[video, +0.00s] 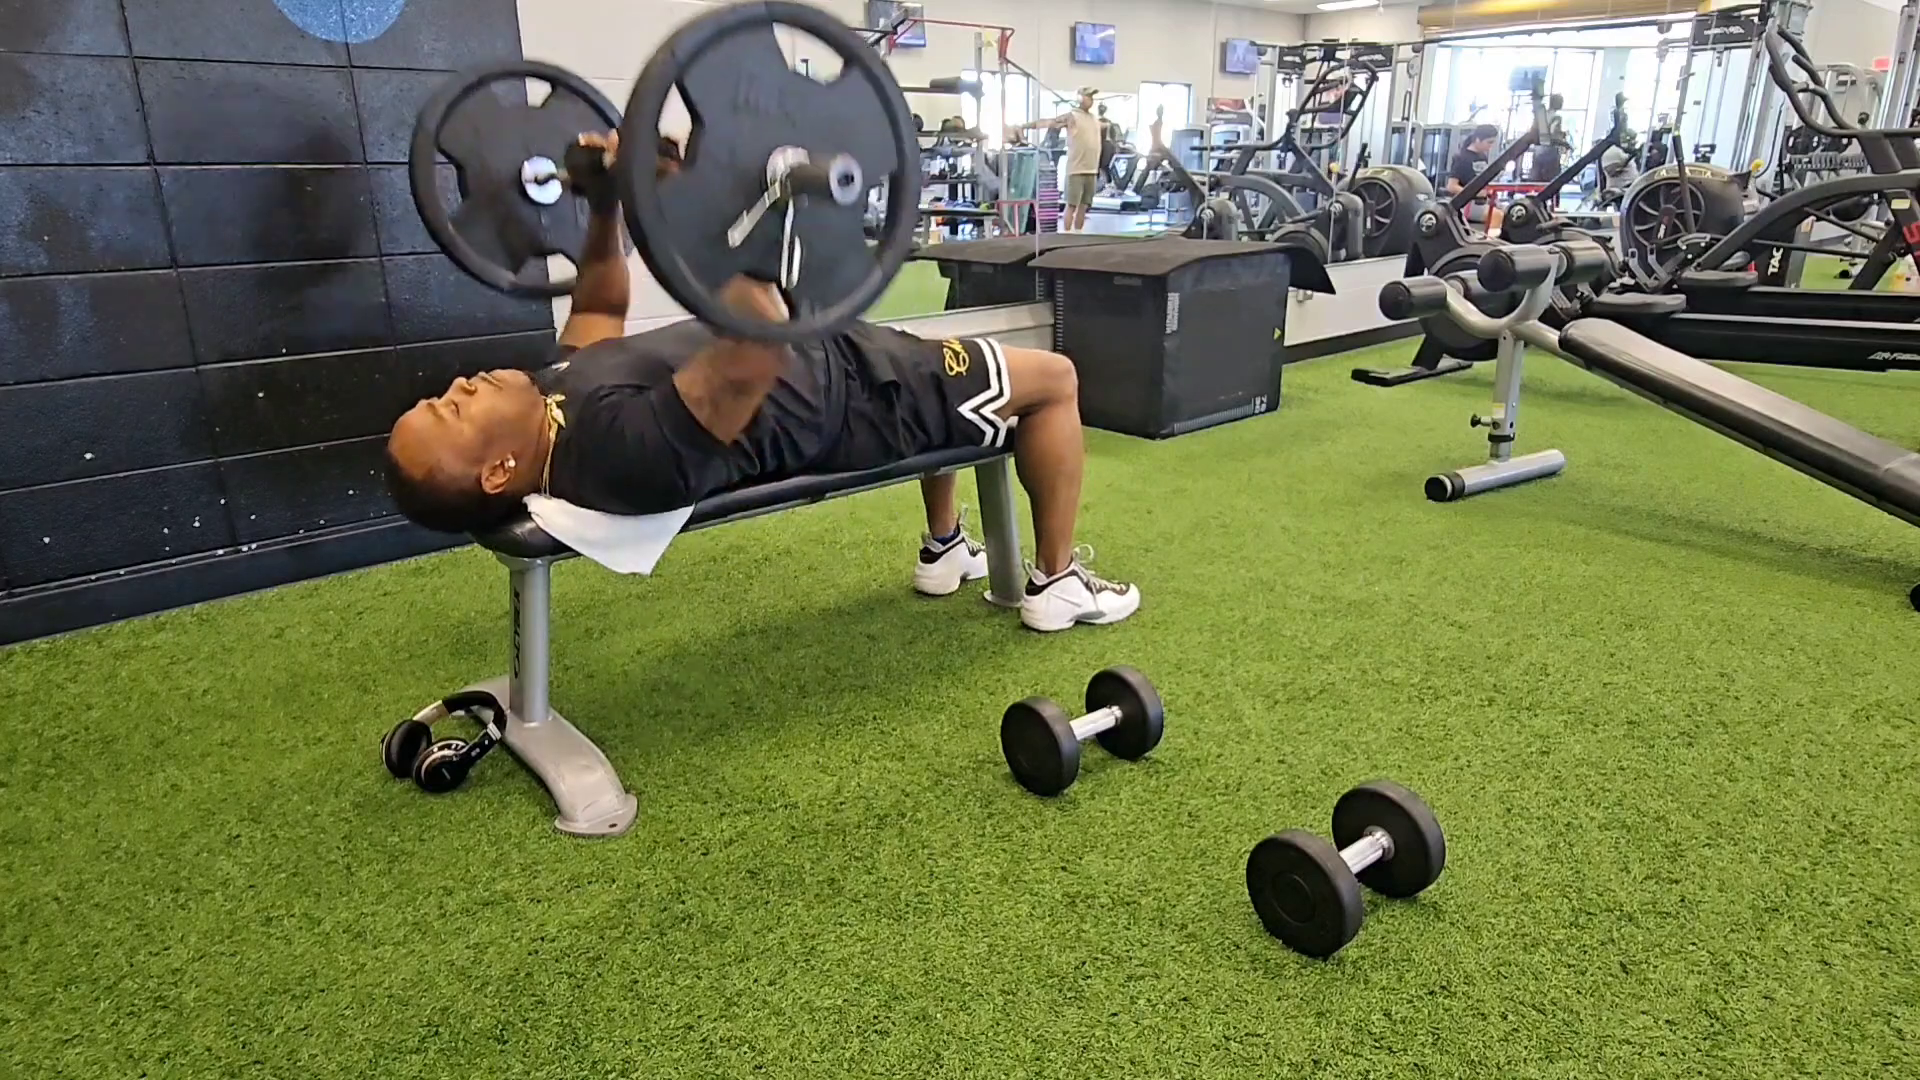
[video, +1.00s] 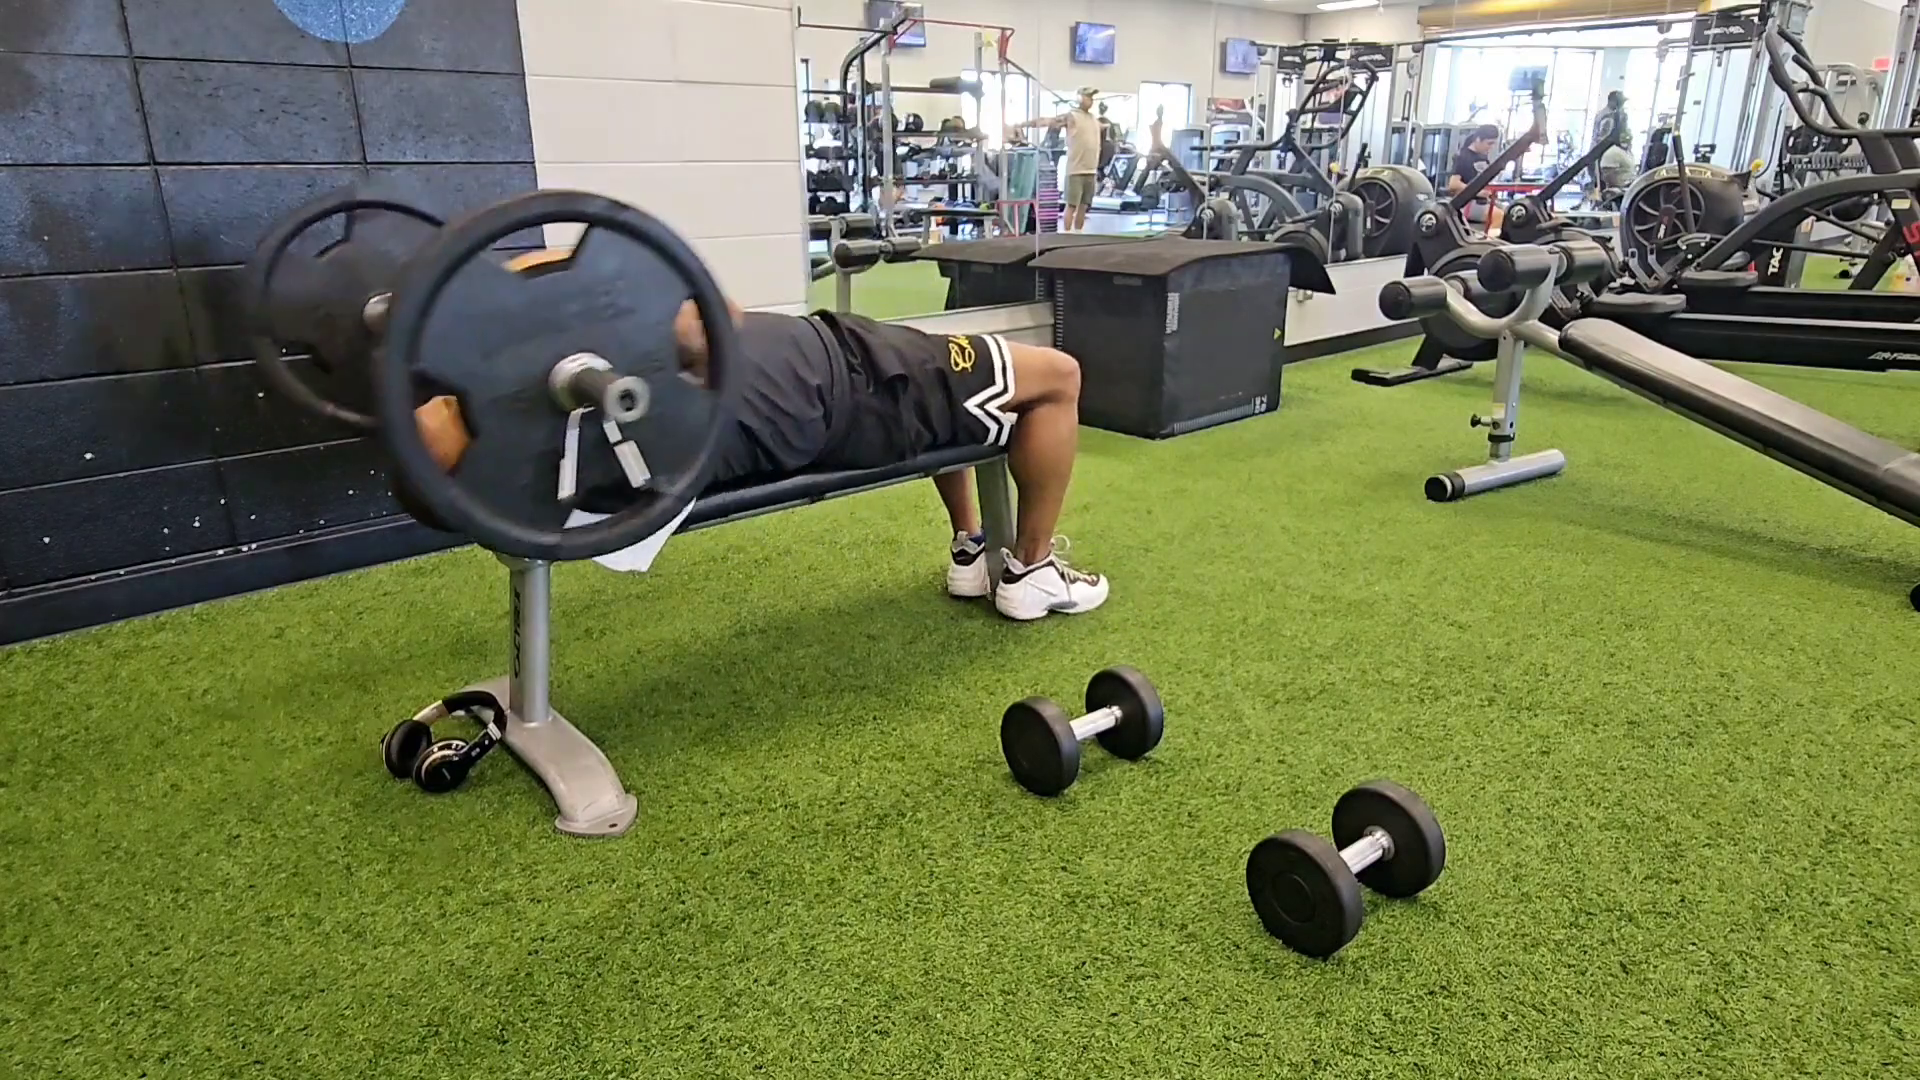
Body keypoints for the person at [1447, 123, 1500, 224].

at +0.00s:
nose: (1490, 147)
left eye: (1492, 143)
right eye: (1489, 142)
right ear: (1478, 140)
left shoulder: (1483, 157)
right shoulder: (1461, 158)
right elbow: (1451, 186)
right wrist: (1476, 193)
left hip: (1485, 201)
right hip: (1467, 203)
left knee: (1508, 212)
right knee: (1497, 216)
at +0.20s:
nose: (1491, 147)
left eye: (1493, 143)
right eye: (1490, 143)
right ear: (1479, 140)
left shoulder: (1485, 156)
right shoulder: (1463, 158)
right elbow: (1452, 186)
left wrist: (1490, 190)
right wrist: (1477, 193)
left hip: (1486, 200)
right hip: (1468, 203)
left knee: (1509, 210)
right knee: (1497, 216)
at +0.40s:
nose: (1492, 147)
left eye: (1494, 143)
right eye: (1490, 143)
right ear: (1479, 140)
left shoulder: (1485, 155)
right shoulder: (1463, 158)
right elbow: (1453, 187)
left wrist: (1491, 191)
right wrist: (1478, 193)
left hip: (1486, 200)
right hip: (1468, 203)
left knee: (1508, 211)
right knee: (1498, 215)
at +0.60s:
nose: (1492, 147)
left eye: (1494, 143)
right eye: (1490, 143)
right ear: (1479, 140)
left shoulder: (1485, 156)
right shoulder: (1463, 157)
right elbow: (1453, 187)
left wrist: (1492, 190)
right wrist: (1478, 193)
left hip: (1486, 200)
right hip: (1468, 203)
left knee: (1508, 212)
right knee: (1498, 216)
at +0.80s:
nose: (1492, 147)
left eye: (1493, 144)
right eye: (1490, 143)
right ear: (1479, 140)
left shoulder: (1484, 156)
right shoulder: (1463, 157)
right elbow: (1453, 187)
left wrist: (1492, 189)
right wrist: (1478, 193)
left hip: (1486, 200)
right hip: (1468, 203)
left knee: (1509, 211)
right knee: (1498, 215)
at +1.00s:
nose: (1491, 148)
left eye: (1493, 144)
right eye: (1489, 143)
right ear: (1478, 140)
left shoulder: (1484, 157)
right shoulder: (1463, 156)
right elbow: (1454, 183)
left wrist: (1492, 190)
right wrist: (1478, 192)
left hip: (1486, 200)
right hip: (1467, 202)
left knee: (1508, 211)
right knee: (1498, 215)